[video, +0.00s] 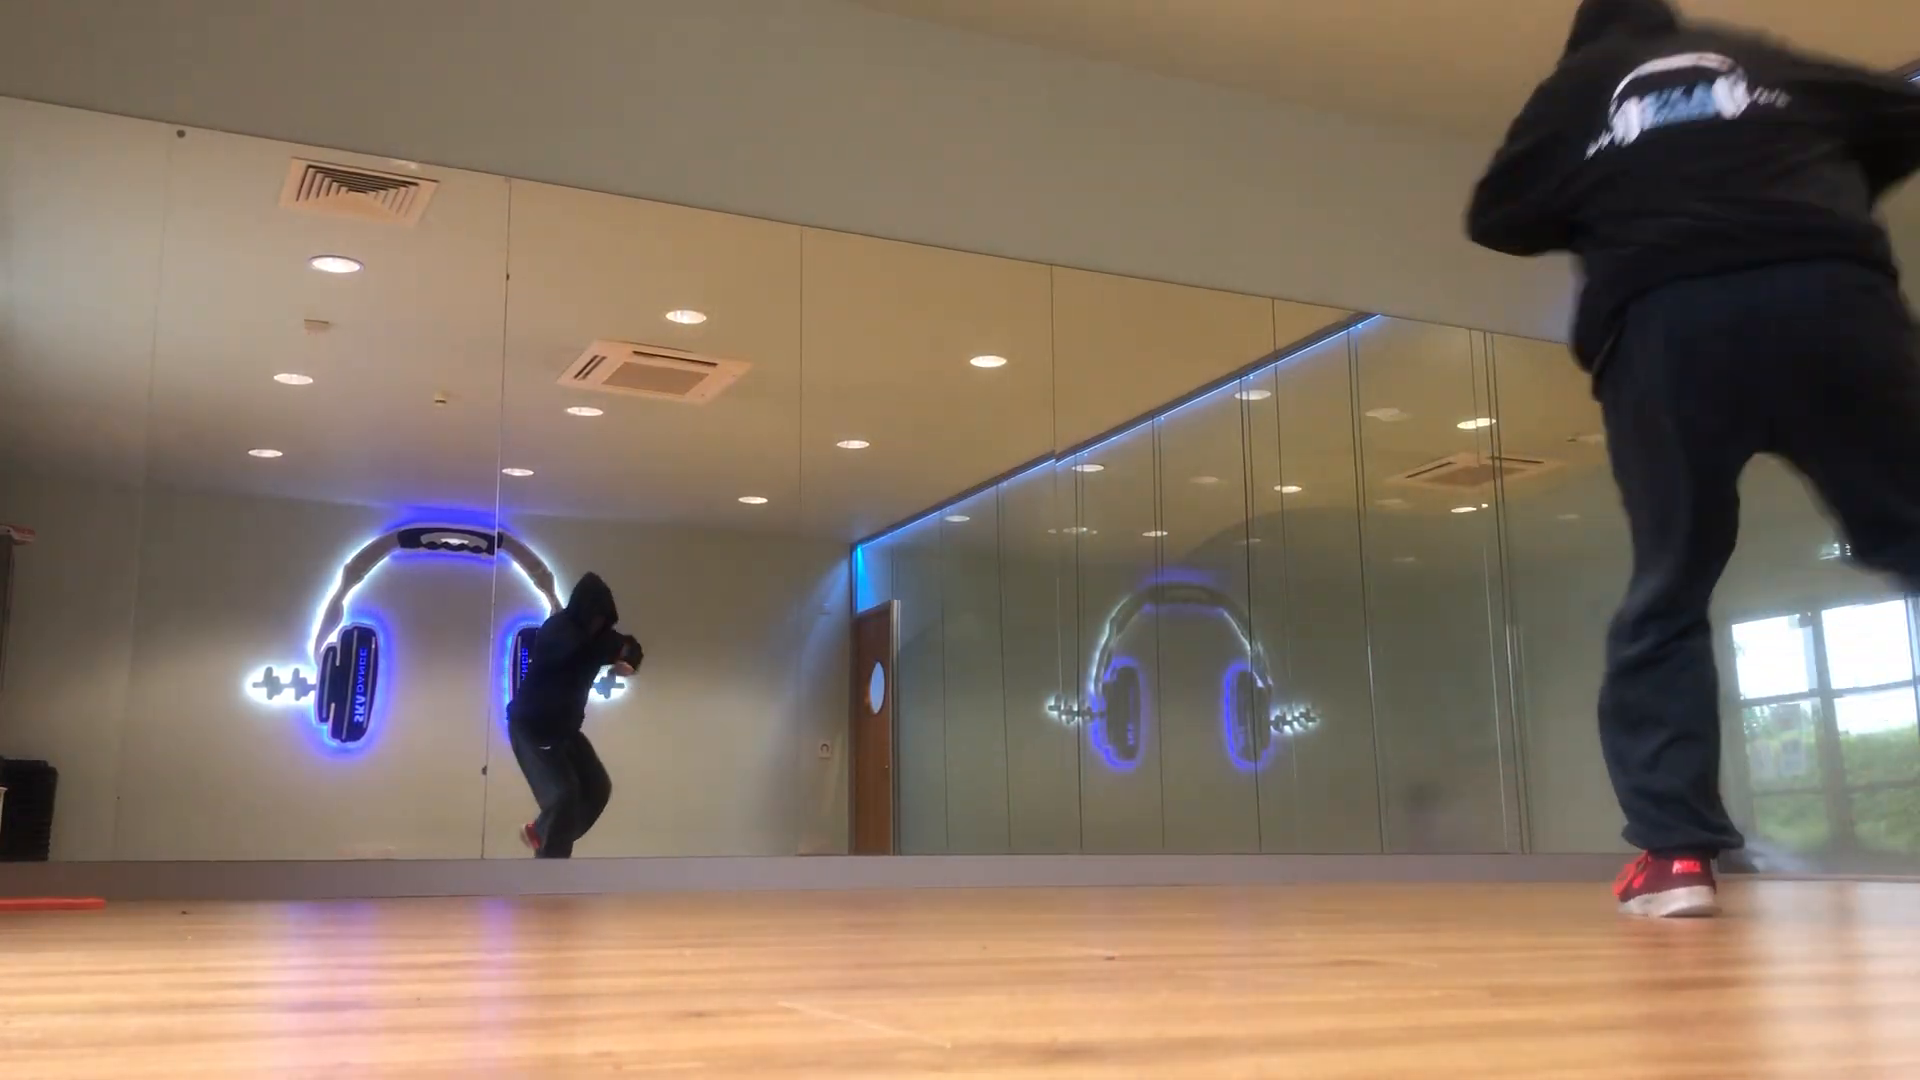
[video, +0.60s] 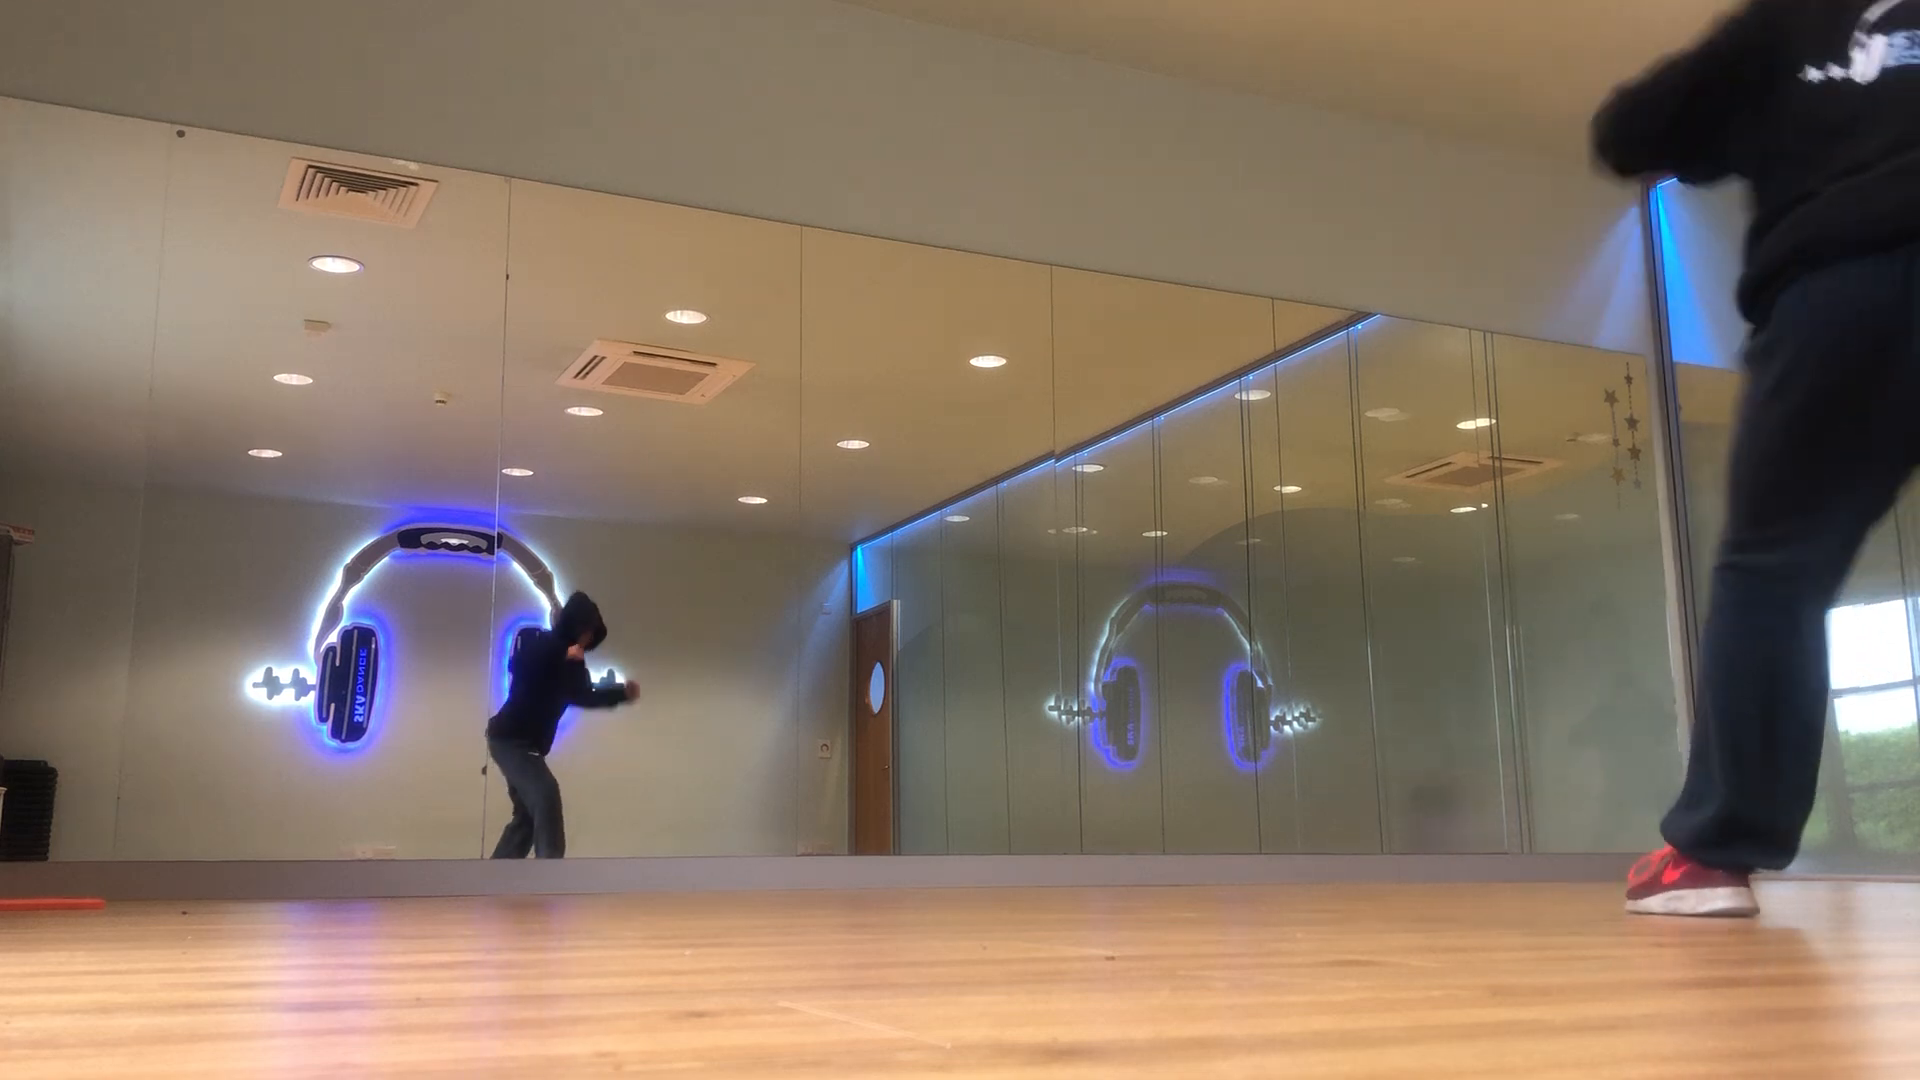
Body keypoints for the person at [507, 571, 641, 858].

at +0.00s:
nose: (598, 626)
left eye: (603, 621)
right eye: (594, 619)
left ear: (606, 618)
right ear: (581, 611)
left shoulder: (601, 636)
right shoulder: (555, 629)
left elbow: (629, 647)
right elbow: (575, 653)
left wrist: (628, 662)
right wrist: (611, 647)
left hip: (565, 730)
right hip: (530, 730)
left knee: (598, 788)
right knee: (563, 796)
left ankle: (540, 832)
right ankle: (550, 873)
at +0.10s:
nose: (594, 606)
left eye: (597, 601)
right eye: (591, 599)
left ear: (597, 600)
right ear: (577, 592)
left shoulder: (586, 622)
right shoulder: (548, 617)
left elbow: (604, 648)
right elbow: (538, 671)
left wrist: (635, 664)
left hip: (563, 718)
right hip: (535, 719)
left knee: (576, 786)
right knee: (556, 791)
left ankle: (521, 836)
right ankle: (547, 868)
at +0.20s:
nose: (591, 604)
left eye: (595, 600)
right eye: (591, 597)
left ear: (581, 591)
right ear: (580, 588)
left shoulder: (569, 615)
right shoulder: (550, 611)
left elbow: (556, 658)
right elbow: (515, 631)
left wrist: (585, 663)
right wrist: (484, 643)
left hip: (555, 714)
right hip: (542, 714)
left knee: (545, 786)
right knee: (555, 790)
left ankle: (512, 849)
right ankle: (547, 865)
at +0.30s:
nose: (587, 622)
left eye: (591, 618)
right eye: (588, 615)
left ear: (571, 603)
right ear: (578, 606)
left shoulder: (558, 629)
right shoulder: (548, 624)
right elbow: (506, 645)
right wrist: (458, 660)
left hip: (543, 729)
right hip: (539, 730)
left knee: (533, 804)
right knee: (556, 800)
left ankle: (507, 866)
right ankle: (544, 869)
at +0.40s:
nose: (589, 643)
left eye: (593, 639)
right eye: (590, 636)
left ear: (569, 625)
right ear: (580, 630)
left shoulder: (556, 650)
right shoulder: (547, 648)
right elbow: (509, 681)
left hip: (520, 743)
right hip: (523, 742)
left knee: (536, 814)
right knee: (558, 798)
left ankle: (499, 871)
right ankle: (546, 872)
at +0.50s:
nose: (590, 654)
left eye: (594, 650)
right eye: (590, 647)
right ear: (580, 640)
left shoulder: (562, 673)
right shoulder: (545, 655)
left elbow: (547, 732)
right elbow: (520, 682)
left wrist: (572, 755)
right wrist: (511, 710)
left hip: (525, 747)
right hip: (511, 743)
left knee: (536, 814)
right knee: (552, 793)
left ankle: (502, 872)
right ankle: (547, 869)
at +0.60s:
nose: (588, 639)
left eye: (591, 635)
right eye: (586, 632)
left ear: (591, 636)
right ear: (576, 626)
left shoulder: (574, 664)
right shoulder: (536, 641)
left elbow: (583, 696)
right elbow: (521, 668)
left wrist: (622, 693)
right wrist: (563, 657)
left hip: (529, 746)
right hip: (509, 739)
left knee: (527, 816)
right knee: (545, 793)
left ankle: (495, 875)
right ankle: (550, 872)